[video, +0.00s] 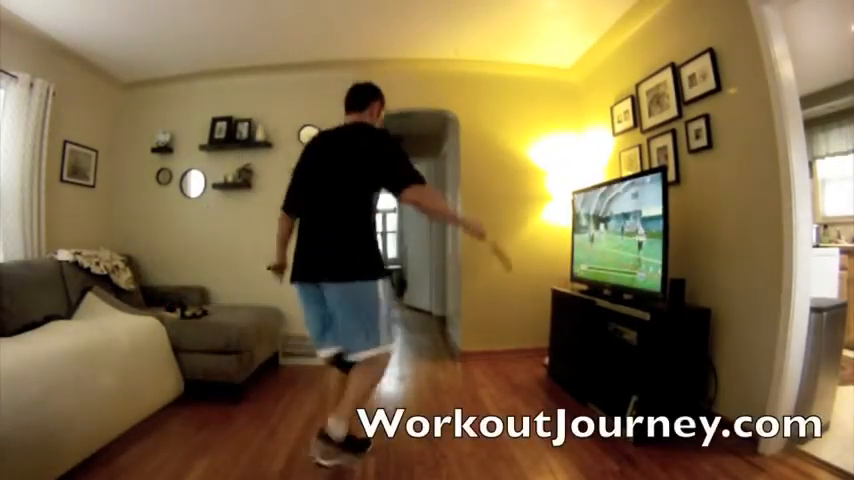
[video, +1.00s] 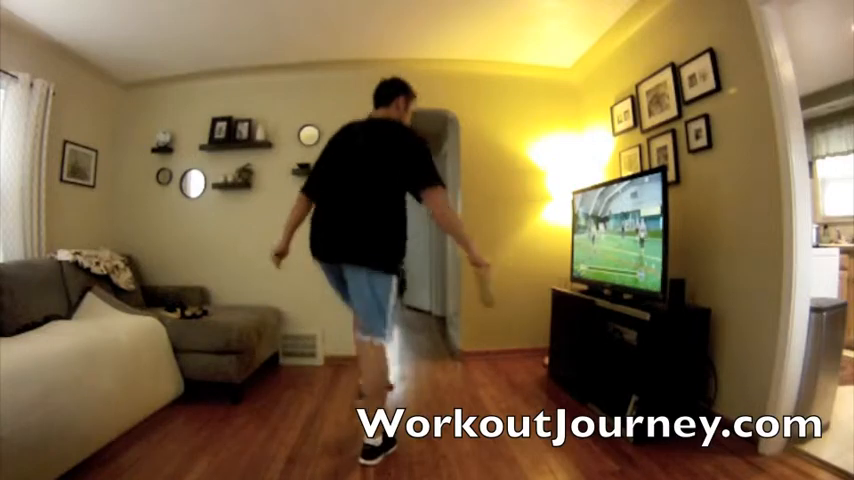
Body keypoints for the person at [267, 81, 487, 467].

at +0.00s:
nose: (381, 119)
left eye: (381, 113)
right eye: (382, 113)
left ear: (345, 109)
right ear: (375, 109)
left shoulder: (317, 144)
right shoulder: (377, 143)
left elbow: (288, 212)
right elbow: (413, 192)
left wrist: (280, 258)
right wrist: (463, 221)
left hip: (309, 263)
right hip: (353, 263)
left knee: (338, 354)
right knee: (373, 354)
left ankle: (349, 432)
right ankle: (334, 435)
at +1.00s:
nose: (411, 115)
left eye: (412, 109)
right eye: (411, 108)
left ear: (375, 102)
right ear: (401, 103)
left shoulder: (345, 135)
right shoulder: (406, 141)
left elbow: (309, 192)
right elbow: (437, 205)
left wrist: (284, 239)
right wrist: (471, 250)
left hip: (328, 246)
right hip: (373, 250)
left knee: (365, 322)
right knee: (373, 337)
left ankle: (371, 383)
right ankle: (374, 434)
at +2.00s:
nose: (413, 109)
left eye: (412, 104)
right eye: (414, 103)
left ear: (382, 97)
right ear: (408, 99)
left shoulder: (351, 126)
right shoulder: (407, 130)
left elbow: (319, 179)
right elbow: (427, 183)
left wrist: (288, 218)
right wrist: (455, 237)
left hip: (333, 226)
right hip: (379, 225)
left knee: (343, 318)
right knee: (404, 292)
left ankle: (311, 409)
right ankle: (381, 379)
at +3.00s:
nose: (395, 111)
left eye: (394, 104)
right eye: (394, 104)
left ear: (360, 103)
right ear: (385, 103)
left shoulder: (333, 135)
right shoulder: (394, 142)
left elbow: (297, 190)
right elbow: (423, 197)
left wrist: (269, 234)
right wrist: (454, 244)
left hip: (306, 243)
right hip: (350, 251)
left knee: (286, 336)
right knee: (347, 342)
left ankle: (258, 414)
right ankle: (339, 429)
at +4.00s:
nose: (392, 83)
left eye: (391, 77)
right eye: (391, 76)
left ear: (356, 73)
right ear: (379, 72)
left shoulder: (325, 103)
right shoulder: (389, 109)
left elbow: (286, 160)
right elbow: (411, 169)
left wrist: (251, 202)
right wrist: (448, 213)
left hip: (306, 217)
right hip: (354, 223)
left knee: (303, 307)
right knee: (356, 313)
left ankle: (263, 383)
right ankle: (339, 406)